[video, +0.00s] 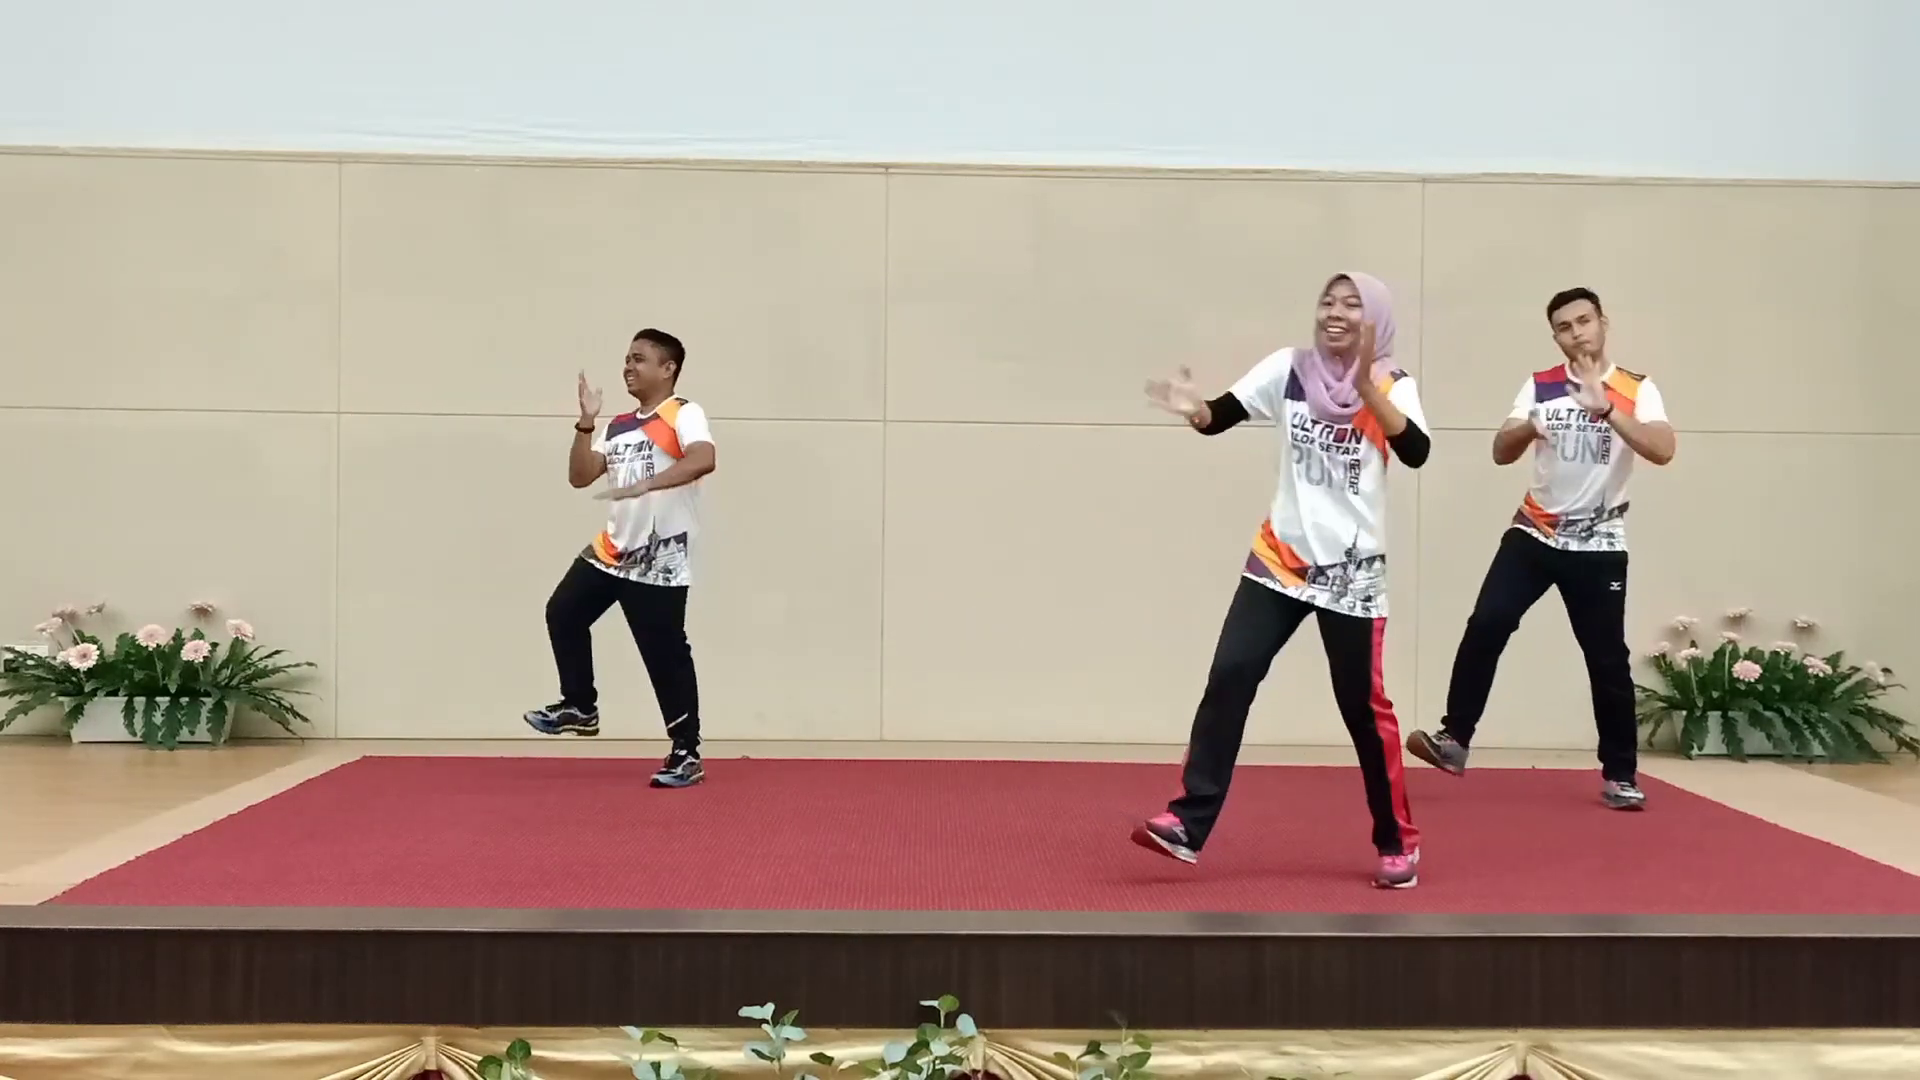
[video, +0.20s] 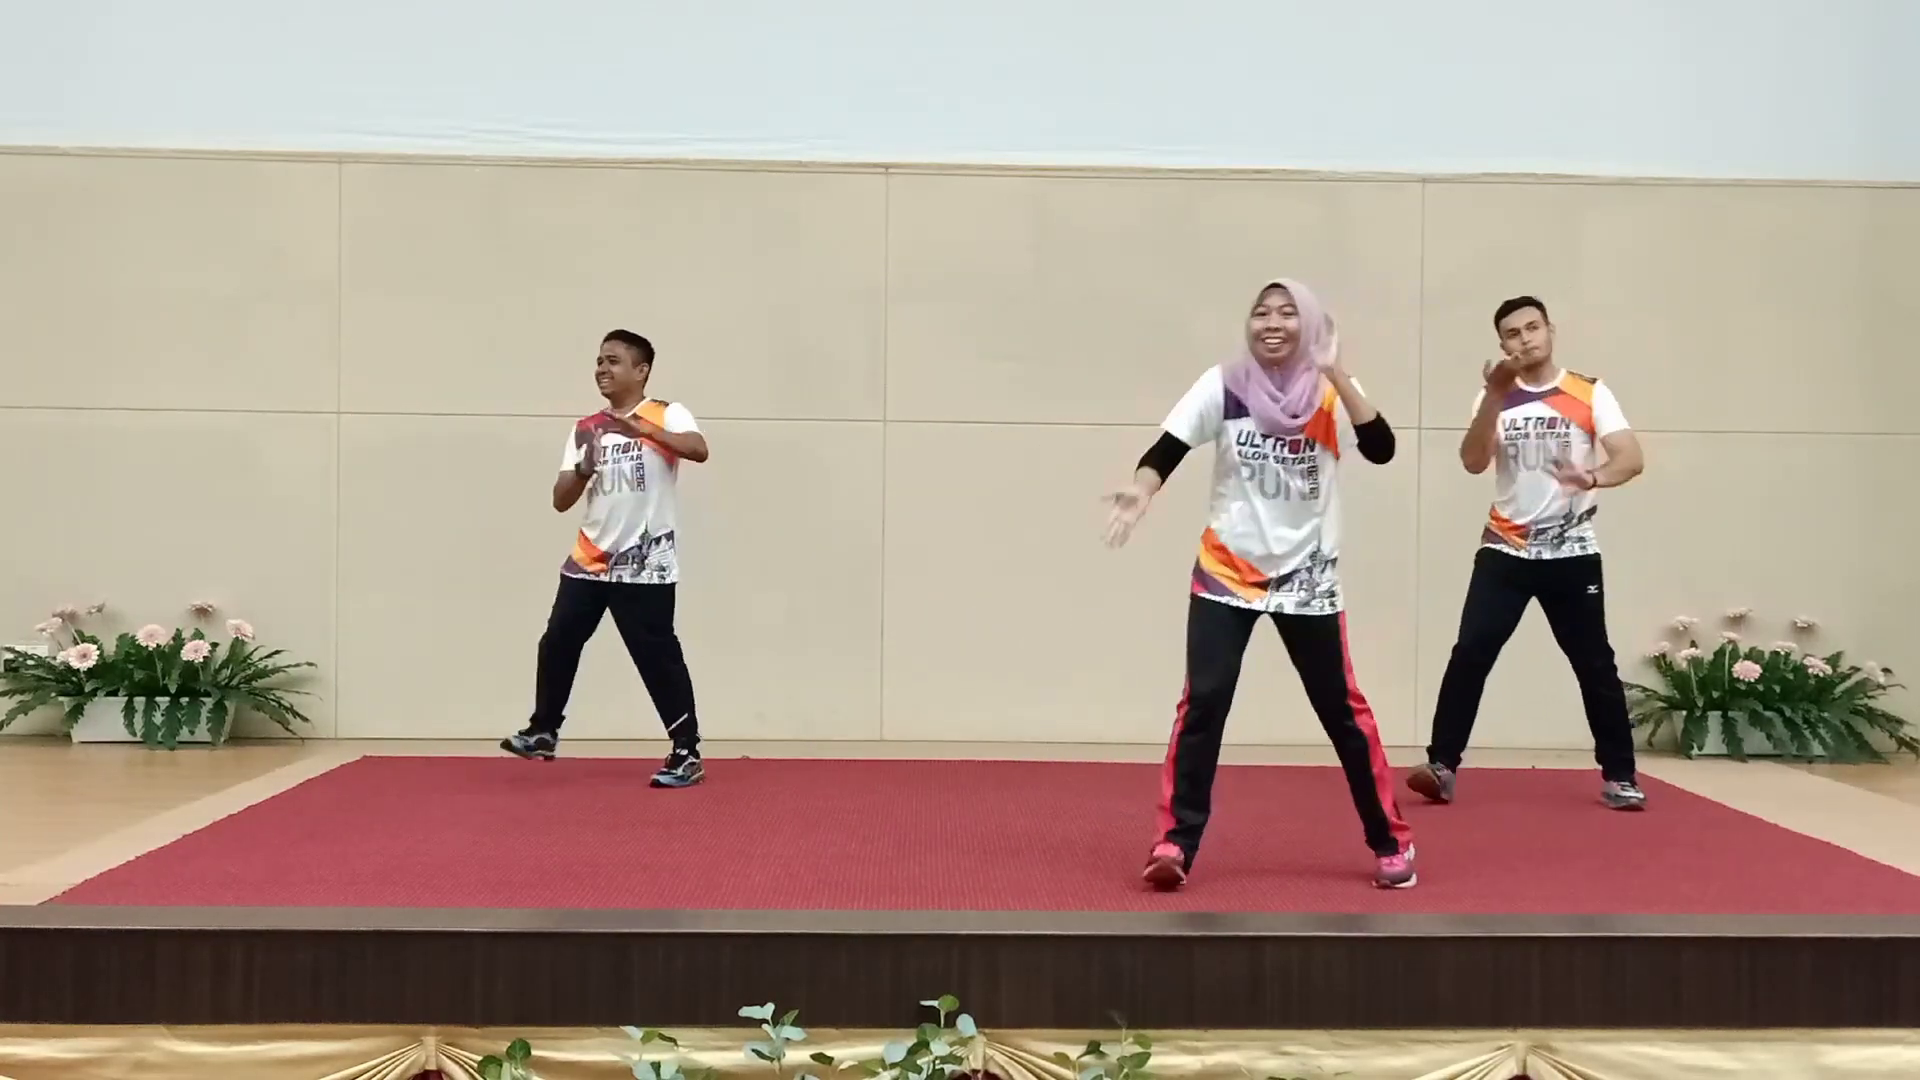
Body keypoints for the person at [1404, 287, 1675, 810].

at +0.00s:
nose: (1575, 333)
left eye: (1583, 321)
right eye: (1563, 327)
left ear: (1604, 324)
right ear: (1555, 337)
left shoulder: (1635, 389)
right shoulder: (1540, 387)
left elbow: (1663, 449)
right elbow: (1502, 452)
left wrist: (1608, 410)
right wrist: (1528, 428)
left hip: (1598, 544)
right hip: (1533, 536)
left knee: (1608, 662)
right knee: (1487, 624)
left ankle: (1621, 777)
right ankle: (1454, 740)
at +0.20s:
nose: (1523, 339)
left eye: (1531, 328)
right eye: (1511, 334)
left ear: (1551, 332)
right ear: (1502, 347)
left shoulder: (1590, 395)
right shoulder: (1494, 400)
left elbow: (1631, 459)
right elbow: (1473, 462)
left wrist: (1595, 478)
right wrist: (1494, 397)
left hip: (1571, 555)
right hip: (1505, 553)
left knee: (1595, 665)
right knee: (1471, 652)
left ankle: (1619, 777)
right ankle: (1441, 767)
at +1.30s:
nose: (1269, 333)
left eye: (1273, 323)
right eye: (1256, 328)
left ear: (1282, 326)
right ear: (1235, 340)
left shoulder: (1312, 387)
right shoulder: (1225, 393)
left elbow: (1338, 450)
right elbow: (1238, 444)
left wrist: (1353, 503)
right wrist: (1273, 384)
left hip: (1309, 545)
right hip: (1252, 546)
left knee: (1321, 654)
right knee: (1224, 646)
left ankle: (1320, 765)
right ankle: (1162, 755)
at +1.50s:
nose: (1213, 340)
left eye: (1216, 331)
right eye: (1200, 334)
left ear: (1225, 336)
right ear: (1177, 346)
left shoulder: (1244, 397)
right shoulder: (1162, 403)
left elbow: (1264, 468)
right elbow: (1192, 449)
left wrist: (1303, 490)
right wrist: (1234, 388)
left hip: (1254, 552)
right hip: (1197, 557)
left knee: (1307, 642)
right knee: (1182, 662)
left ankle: (1323, 755)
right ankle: (1144, 766)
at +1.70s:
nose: (1183, 334)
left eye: (1186, 325)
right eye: (1171, 327)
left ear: (1192, 332)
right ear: (1144, 337)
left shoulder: (1212, 391)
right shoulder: (1132, 400)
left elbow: (1243, 460)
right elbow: (1150, 469)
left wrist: (1280, 427)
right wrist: (1216, 451)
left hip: (1229, 538)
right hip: (1175, 552)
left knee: (1290, 628)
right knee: (1171, 658)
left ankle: (1326, 737)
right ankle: (1143, 765)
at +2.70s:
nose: (1302, 340)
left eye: (1314, 332)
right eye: (1295, 328)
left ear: (1333, 341)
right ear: (1283, 331)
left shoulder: (1350, 400)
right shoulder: (1253, 390)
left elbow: (1373, 471)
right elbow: (1240, 461)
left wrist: (1368, 493)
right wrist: (1290, 412)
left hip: (1327, 550)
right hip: (1260, 549)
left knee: (1348, 662)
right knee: (1222, 653)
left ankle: (1349, 777)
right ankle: (1177, 758)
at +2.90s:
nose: (1340, 328)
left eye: (1353, 322)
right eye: (1334, 317)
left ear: (1372, 332)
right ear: (1323, 321)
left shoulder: (1390, 388)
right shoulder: (1292, 385)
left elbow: (1411, 468)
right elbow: (1278, 461)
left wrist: (1392, 429)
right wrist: (1316, 470)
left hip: (1364, 541)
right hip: (1301, 540)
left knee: (1361, 661)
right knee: (1289, 646)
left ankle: (1352, 774)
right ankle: (1316, 744)